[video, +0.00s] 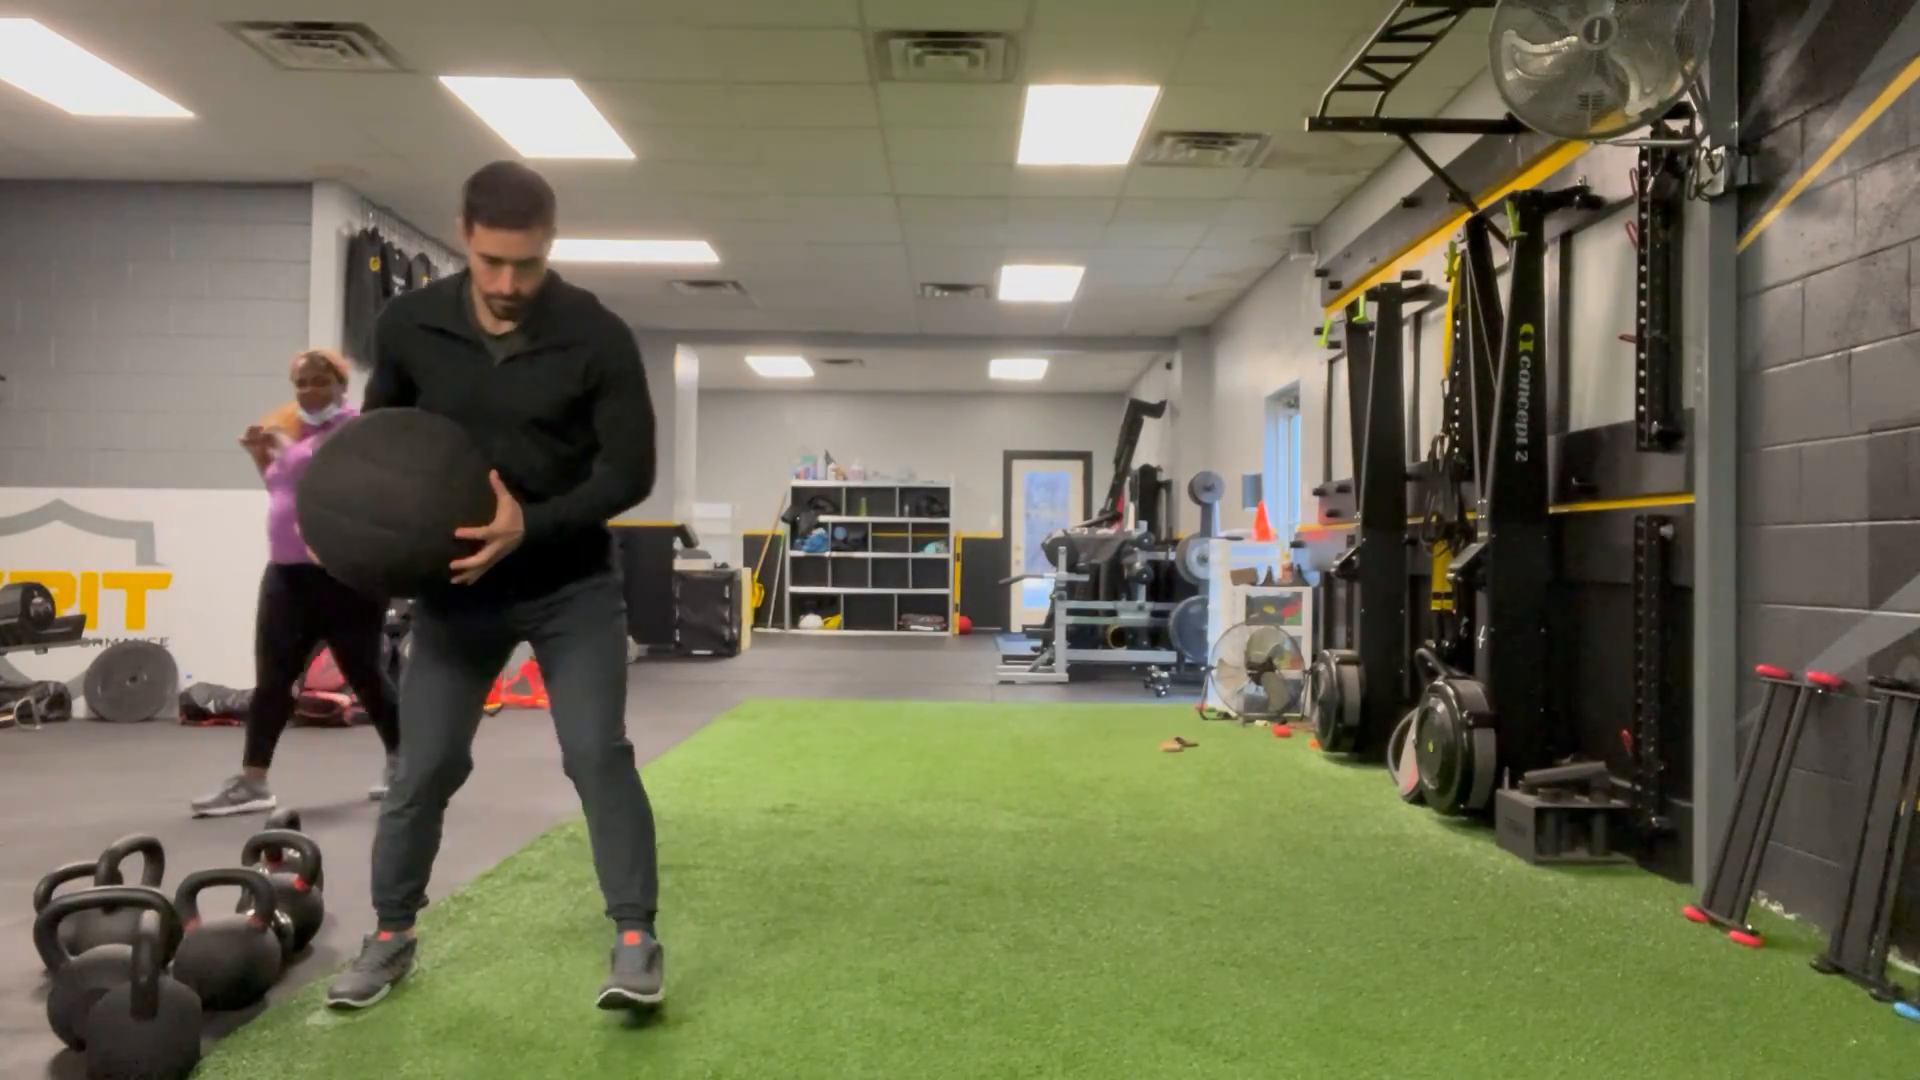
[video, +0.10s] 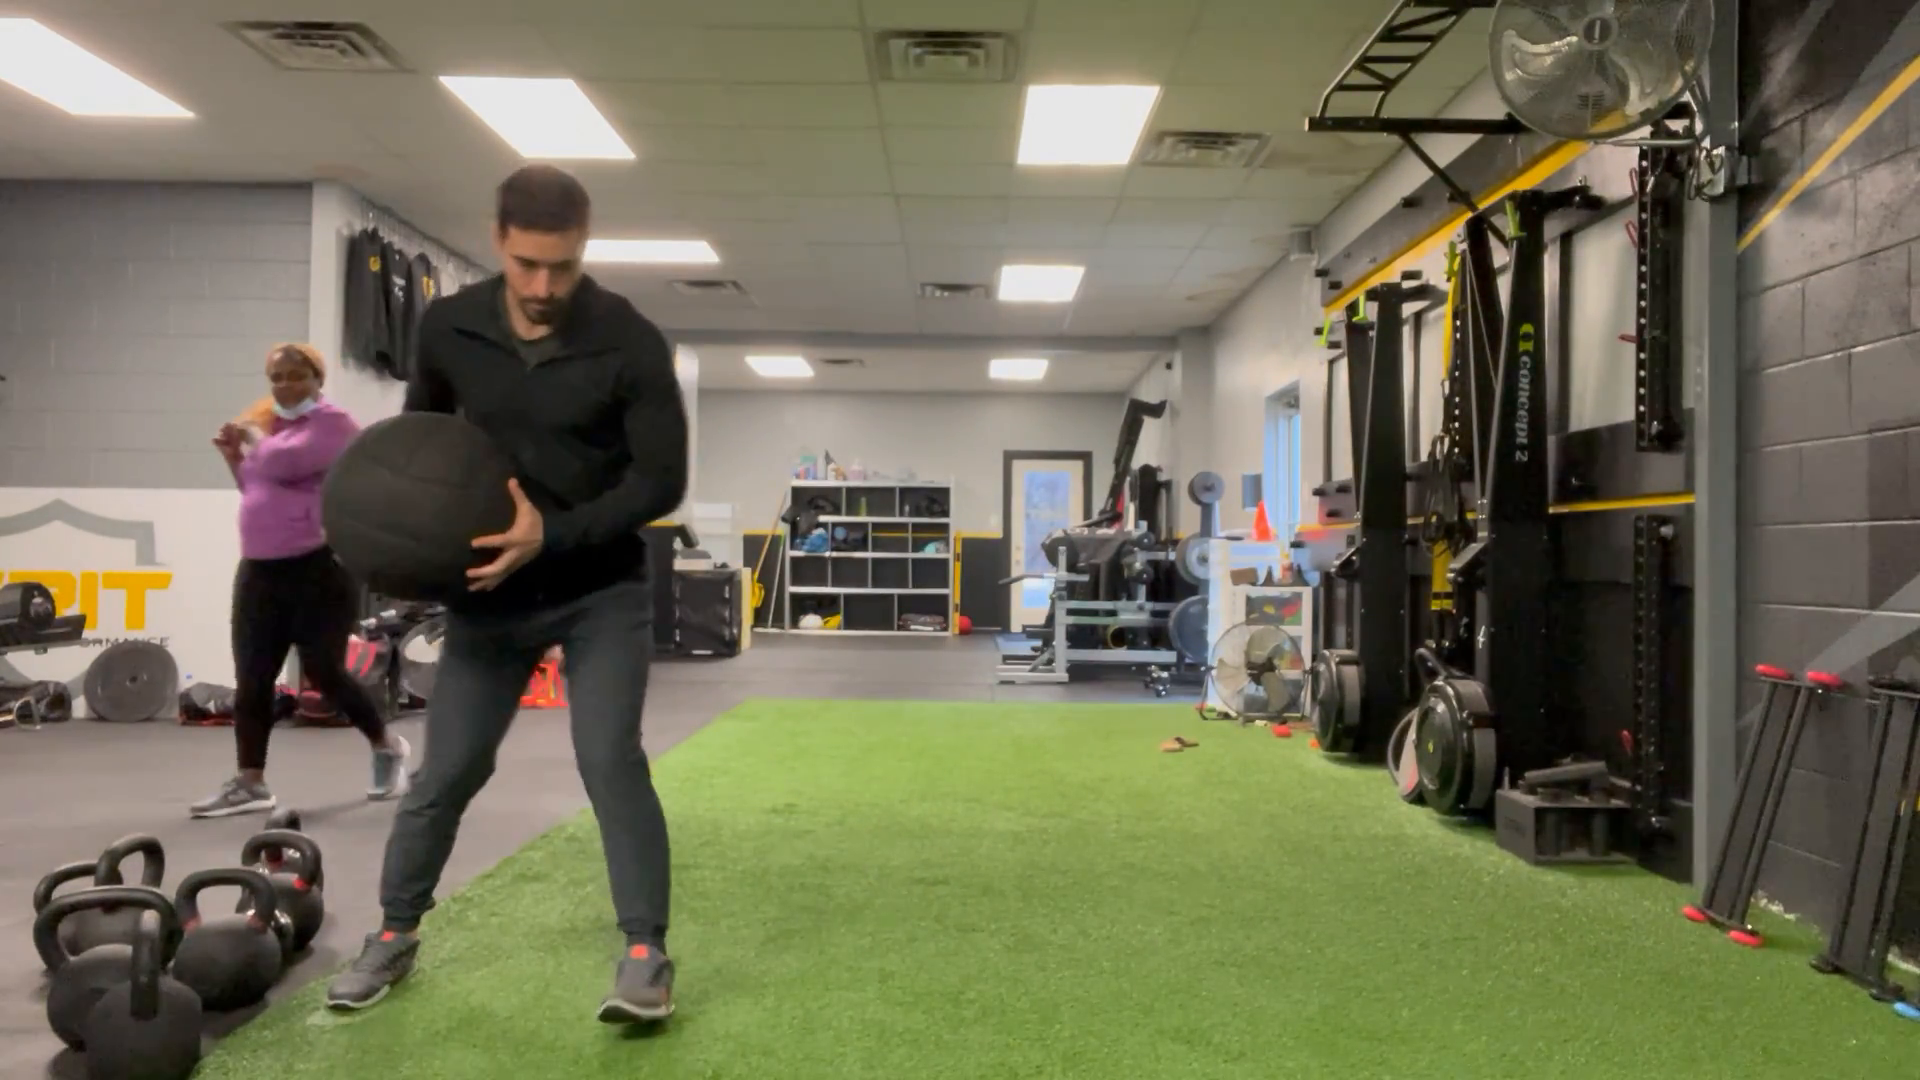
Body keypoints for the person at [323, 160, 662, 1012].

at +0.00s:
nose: (507, 283)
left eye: (526, 265)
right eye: (491, 263)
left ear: (553, 248)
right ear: (463, 241)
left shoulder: (597, 335)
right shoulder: (410, 325)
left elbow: (630, 471)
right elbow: (380, 446)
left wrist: (533, 520)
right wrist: (372, 524)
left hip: (574, 585)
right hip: (457, 593)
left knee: (597, 751)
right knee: (422, 767)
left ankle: (635, 934)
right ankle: (390, 932)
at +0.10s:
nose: (542, 287)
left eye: (561, 266)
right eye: (525, 265)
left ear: (586, 251)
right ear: (496, 244)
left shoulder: (630, 340)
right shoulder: (445, 329)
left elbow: (661, 482)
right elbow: (418, 450)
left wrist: (555, 530)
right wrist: (409, 539)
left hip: (605, 586)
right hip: (490, 592)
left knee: (609, 756)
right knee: (448, 769)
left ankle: (645, 951)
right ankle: (392, 937)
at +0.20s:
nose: (585, 287)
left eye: (602, 268)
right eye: (569, 266)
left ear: (626, 253)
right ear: (540, 248)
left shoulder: (669, 344)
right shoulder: (495, 328)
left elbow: (699, 490)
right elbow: (471, 436)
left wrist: (581, 537)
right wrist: (436, 518)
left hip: (647, 589)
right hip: (543, 591)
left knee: (631, 758)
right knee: (480, 768)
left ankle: (648, 958)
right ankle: (406, 932)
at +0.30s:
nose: (634, 291)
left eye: (650, 272)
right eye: (616, 270)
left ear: (670, 258)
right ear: (584, 250)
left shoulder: (706, 346)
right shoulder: (539, 327)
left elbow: (736, 494)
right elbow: (515, 447)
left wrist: (611, 543)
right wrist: (477, 532)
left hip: (686, 592)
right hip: (582, 595)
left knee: (647, 759)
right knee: (520, 771)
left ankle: (647, 963)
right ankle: (494, 911)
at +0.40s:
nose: (682, 292)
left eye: (697, 273)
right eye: (665, 272)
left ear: (715, 260)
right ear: (627, 253)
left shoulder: (740, 349)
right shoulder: (579, 327)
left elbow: (768, 501)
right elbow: (560, 435)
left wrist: (645, 545)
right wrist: (535, 520)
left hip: (721, 591)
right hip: (623, 587)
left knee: (660, 760)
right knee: (573, 766)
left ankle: (653, 958)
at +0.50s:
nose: (729, 293)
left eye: (743, 273)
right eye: (712, 272)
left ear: (757, 261)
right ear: (670, 254)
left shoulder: (779, 357)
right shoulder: (620, 328)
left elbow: (800, 503)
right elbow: (596, 432)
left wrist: (681, 548)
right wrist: (565, 513)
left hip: (751, 596)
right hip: (655, 593)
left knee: (674, 763)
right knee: (629, 771)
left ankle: (649, 966)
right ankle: (760, 851)